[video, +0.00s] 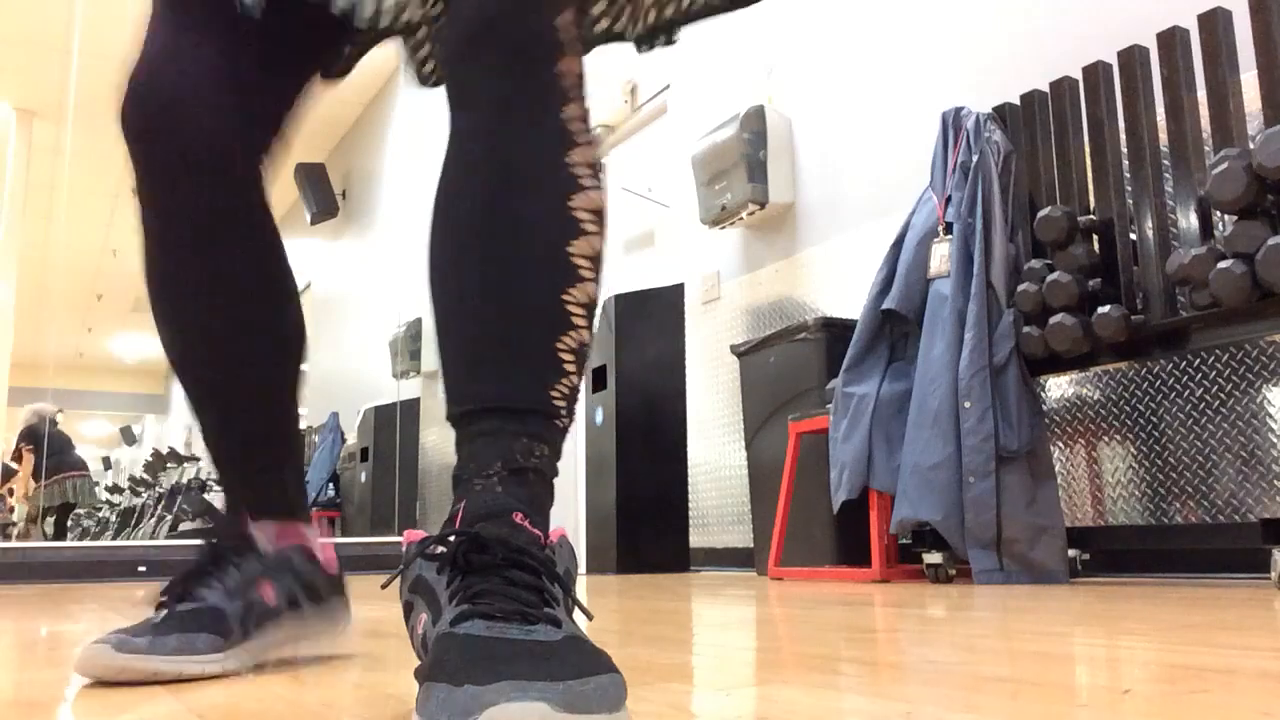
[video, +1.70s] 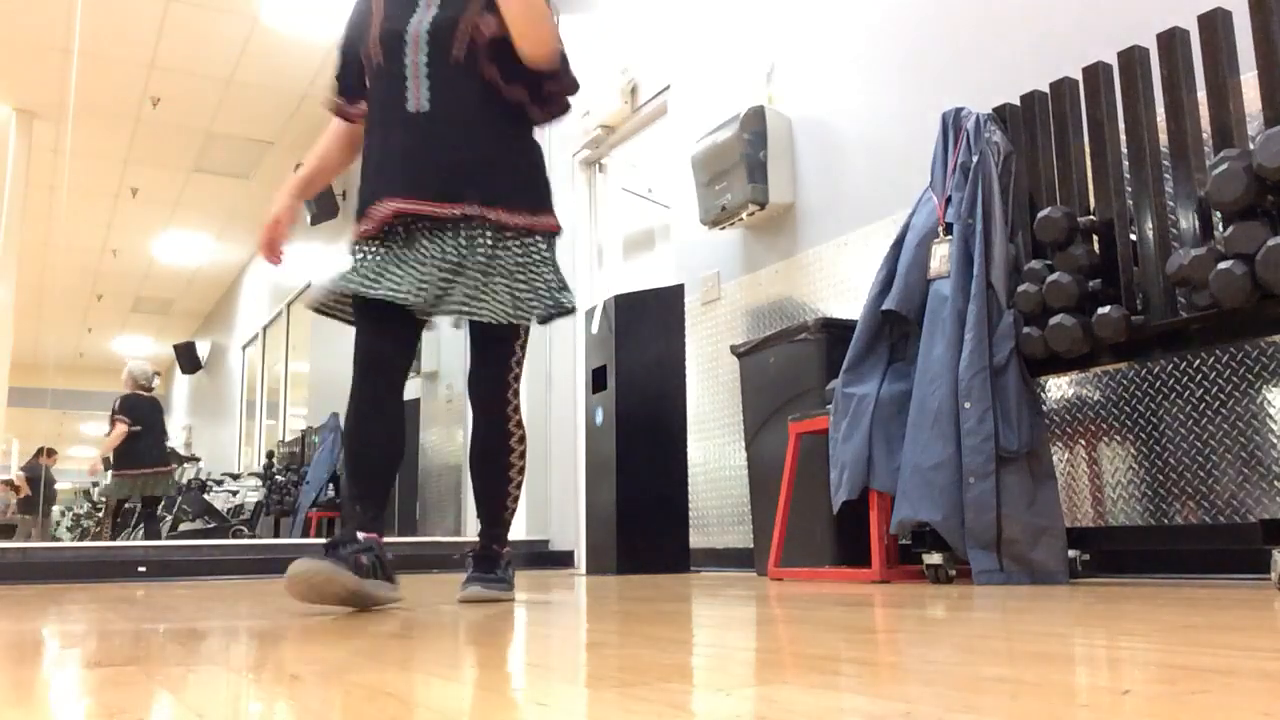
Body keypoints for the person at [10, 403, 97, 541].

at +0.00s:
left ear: (29, 417)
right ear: (50, 417)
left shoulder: (29, 431)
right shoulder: (60, 433)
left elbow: (28, 460)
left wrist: (22, 490)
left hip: (55, 478)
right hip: (82, 477)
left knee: (34, 521)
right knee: (62, 521)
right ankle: (59, 557)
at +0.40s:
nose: (46, 397)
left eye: (48, 394)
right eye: (47, 394)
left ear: (52, 395)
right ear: (70, 396)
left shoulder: (47, 414)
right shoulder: (78, 415)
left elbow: (40, 448)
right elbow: (86, 446)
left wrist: (30, 474)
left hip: (58, 473)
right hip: (84, 472)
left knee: (46, 518)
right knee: (68, 517)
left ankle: (51, 557)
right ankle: (80, 553)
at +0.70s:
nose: (70, 392)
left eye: (73, 390)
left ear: (76, 392)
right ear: (95, 394)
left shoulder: (70, 411)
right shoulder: (100, 414)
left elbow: (64, 439)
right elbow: (106, 444)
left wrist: (51, 464)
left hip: (74, 477)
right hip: (101, 476)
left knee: (54, 514)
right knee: (89, 518)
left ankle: (55, 557)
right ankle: (86, 557)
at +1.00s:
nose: (88, 388)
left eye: (90, 386)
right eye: (89, 386)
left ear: (93, 387)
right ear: (111, 389)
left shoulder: (81, 408)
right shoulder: (116, 410)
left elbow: (66, 439)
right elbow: (120, 439)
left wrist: (56, 464)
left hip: (81, 476)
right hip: (108, 475)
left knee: (73, 521)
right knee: (94, 521)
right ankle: (95, 558)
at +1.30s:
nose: (96, 384)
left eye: (98, 381)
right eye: (98, 381)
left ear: (103, 382)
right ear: (121, 384)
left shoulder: (92, 403)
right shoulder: (130, 405)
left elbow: (76, 432)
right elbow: (134, 434)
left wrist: (68, 458)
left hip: (96, 470)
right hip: (124, 470)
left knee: (91, 514)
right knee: (111, 513)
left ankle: (96, 553)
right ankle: (112, 553)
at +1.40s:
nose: (104, 380)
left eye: (106, 377)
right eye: (105, 377)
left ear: (111, 379)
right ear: (128, 380)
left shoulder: (100, 401)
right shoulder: (137, 403)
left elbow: (87, 432)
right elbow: (141, 432)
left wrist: (74, 458)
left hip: (102, 470)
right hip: (131, 469)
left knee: (96, 513)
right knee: (123, 512)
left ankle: (100, 551)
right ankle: (130, 551)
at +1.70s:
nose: (123, 380)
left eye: (125, 376)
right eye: (125, 375)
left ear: (130, 379)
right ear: (147, 381)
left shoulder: (125, 401)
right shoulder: (155, 402)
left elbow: (121, 431)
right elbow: (161, 435)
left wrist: (100, 455)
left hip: (129, 470)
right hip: (158, 469)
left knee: (113, 515)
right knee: (151, 514)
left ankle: (109, 558)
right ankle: (155, 558)